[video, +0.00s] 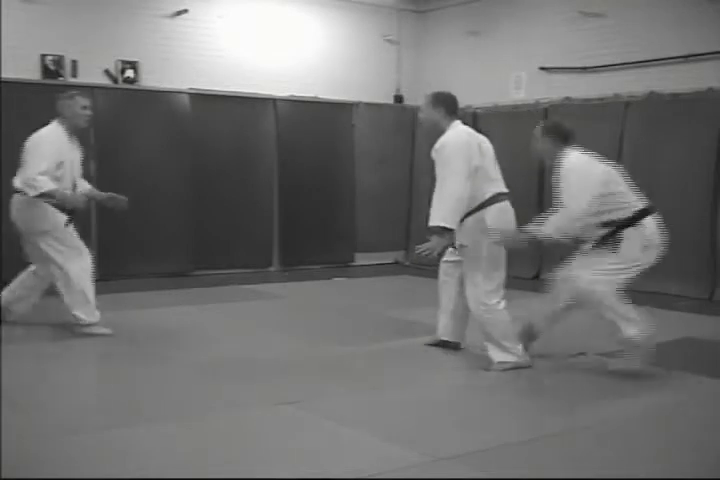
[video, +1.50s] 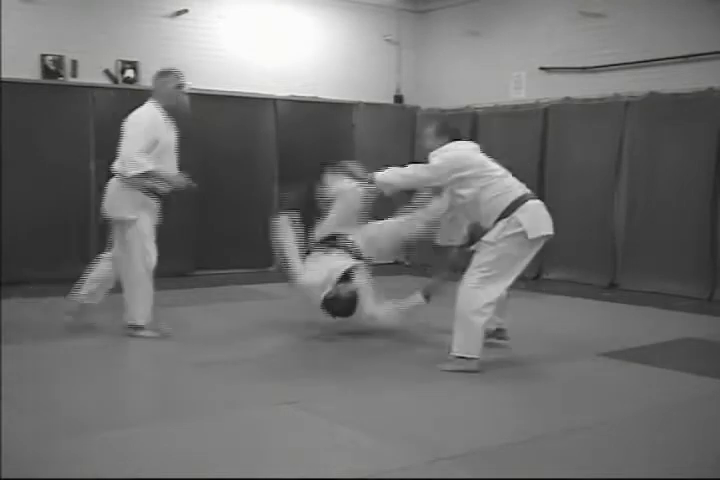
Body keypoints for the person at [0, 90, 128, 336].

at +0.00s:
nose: (89, 114)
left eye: (90, 109)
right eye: (84, 109)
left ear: (83, 112)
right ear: (65, 110)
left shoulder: (72, 144)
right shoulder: (46, 138)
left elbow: (75, 183)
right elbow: (30, 180)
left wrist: (103, 197)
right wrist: (62, 197)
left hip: (43, 208)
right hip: (33, 207)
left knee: (46, 266)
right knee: (77, 257)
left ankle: (7, 307)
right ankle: (86, 320)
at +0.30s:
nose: (118, 115)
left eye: (119, 111)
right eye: (112, 110)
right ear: (94, 111)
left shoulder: (100, 146)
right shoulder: (78, 143)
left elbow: (103, 187)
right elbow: (73, 189)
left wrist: (121, 207)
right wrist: (103, 212)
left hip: (66, 212)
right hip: (64, 211)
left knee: (68, 269)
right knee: (116, 258)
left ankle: (31, 313)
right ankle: (125, 321)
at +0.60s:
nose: (135, 106)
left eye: (135, 101)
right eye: (129, 101)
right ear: (109, 103)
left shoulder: (117, 136)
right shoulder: (94, 134)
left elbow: (119, 181)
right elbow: (92, 184)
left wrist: (131, 205)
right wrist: (125, 206)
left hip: (92, 201)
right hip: (79, 203)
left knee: (86, 260)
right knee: (117, 255)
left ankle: (55, 310)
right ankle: (122, 321)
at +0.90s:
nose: (114, 92)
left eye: (114, 88)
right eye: (109, 88)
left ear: (96, 90)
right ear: (91, 89)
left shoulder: (95, 118)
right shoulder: (85, 118)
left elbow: (114, 155)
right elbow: (84, 162)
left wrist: (146, 160)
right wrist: (118, 176)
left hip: (84, 192)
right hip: (87, 194)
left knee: (72, 253)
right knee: (113, 253)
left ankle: (46, 307)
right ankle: (122, 319)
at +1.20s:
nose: (123, 116)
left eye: (123, 111)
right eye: (118, 111)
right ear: (100, 112)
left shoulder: (108, 147)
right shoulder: (83, 142)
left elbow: (120, 185)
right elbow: (75, 186)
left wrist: (146, 201)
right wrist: (112, 202)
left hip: (90, 214)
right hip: (75, 213)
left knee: (65, 264)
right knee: (128, 254)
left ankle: (27, 312)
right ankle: (132, 320)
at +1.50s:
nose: (185, 95)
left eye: (184, 89)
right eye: (180, 89)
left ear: (168, 91)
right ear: (165, 90)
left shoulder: (164, 122)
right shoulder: (144, 118)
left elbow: (161, 164)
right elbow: (130, 164)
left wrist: (176, 179)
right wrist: (166, 178)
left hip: (144, 198)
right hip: (130, 197)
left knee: (121, 255)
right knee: (141, 259)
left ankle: (78, 302)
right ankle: (138, 322)